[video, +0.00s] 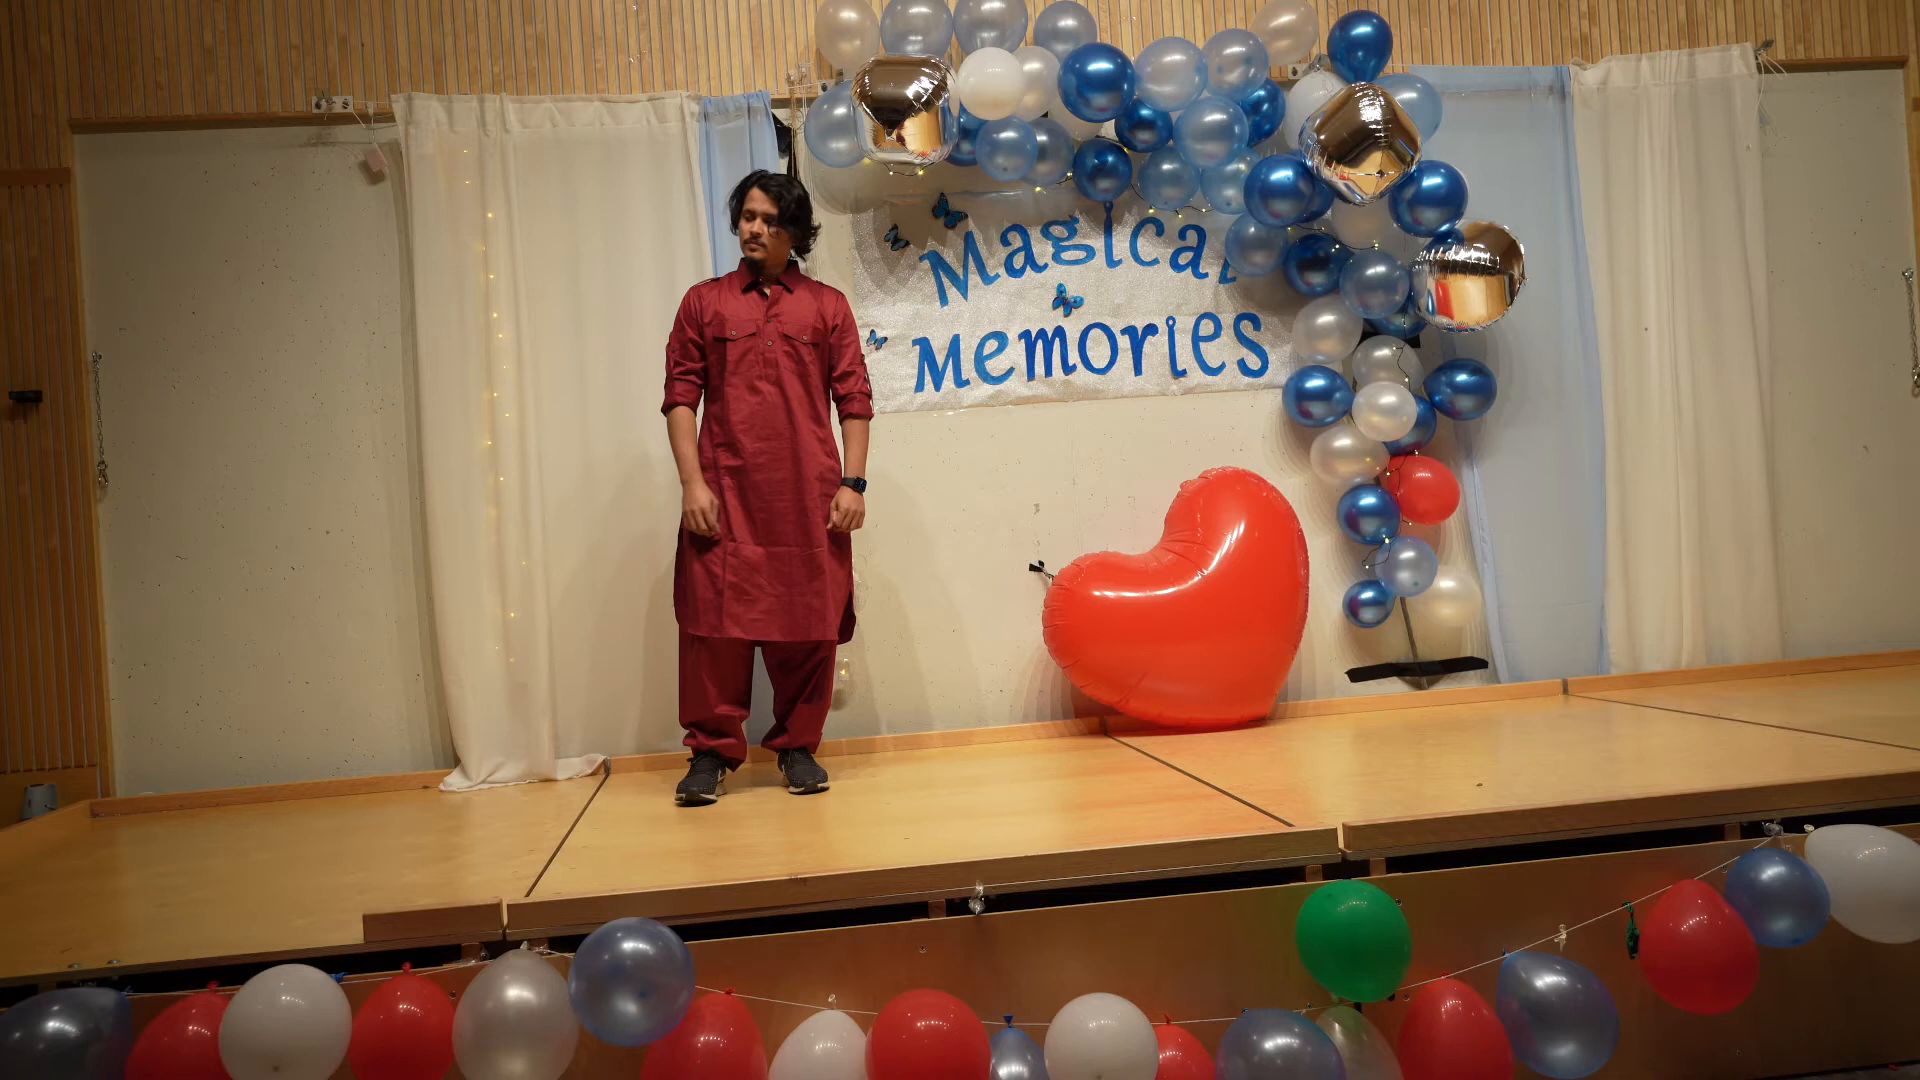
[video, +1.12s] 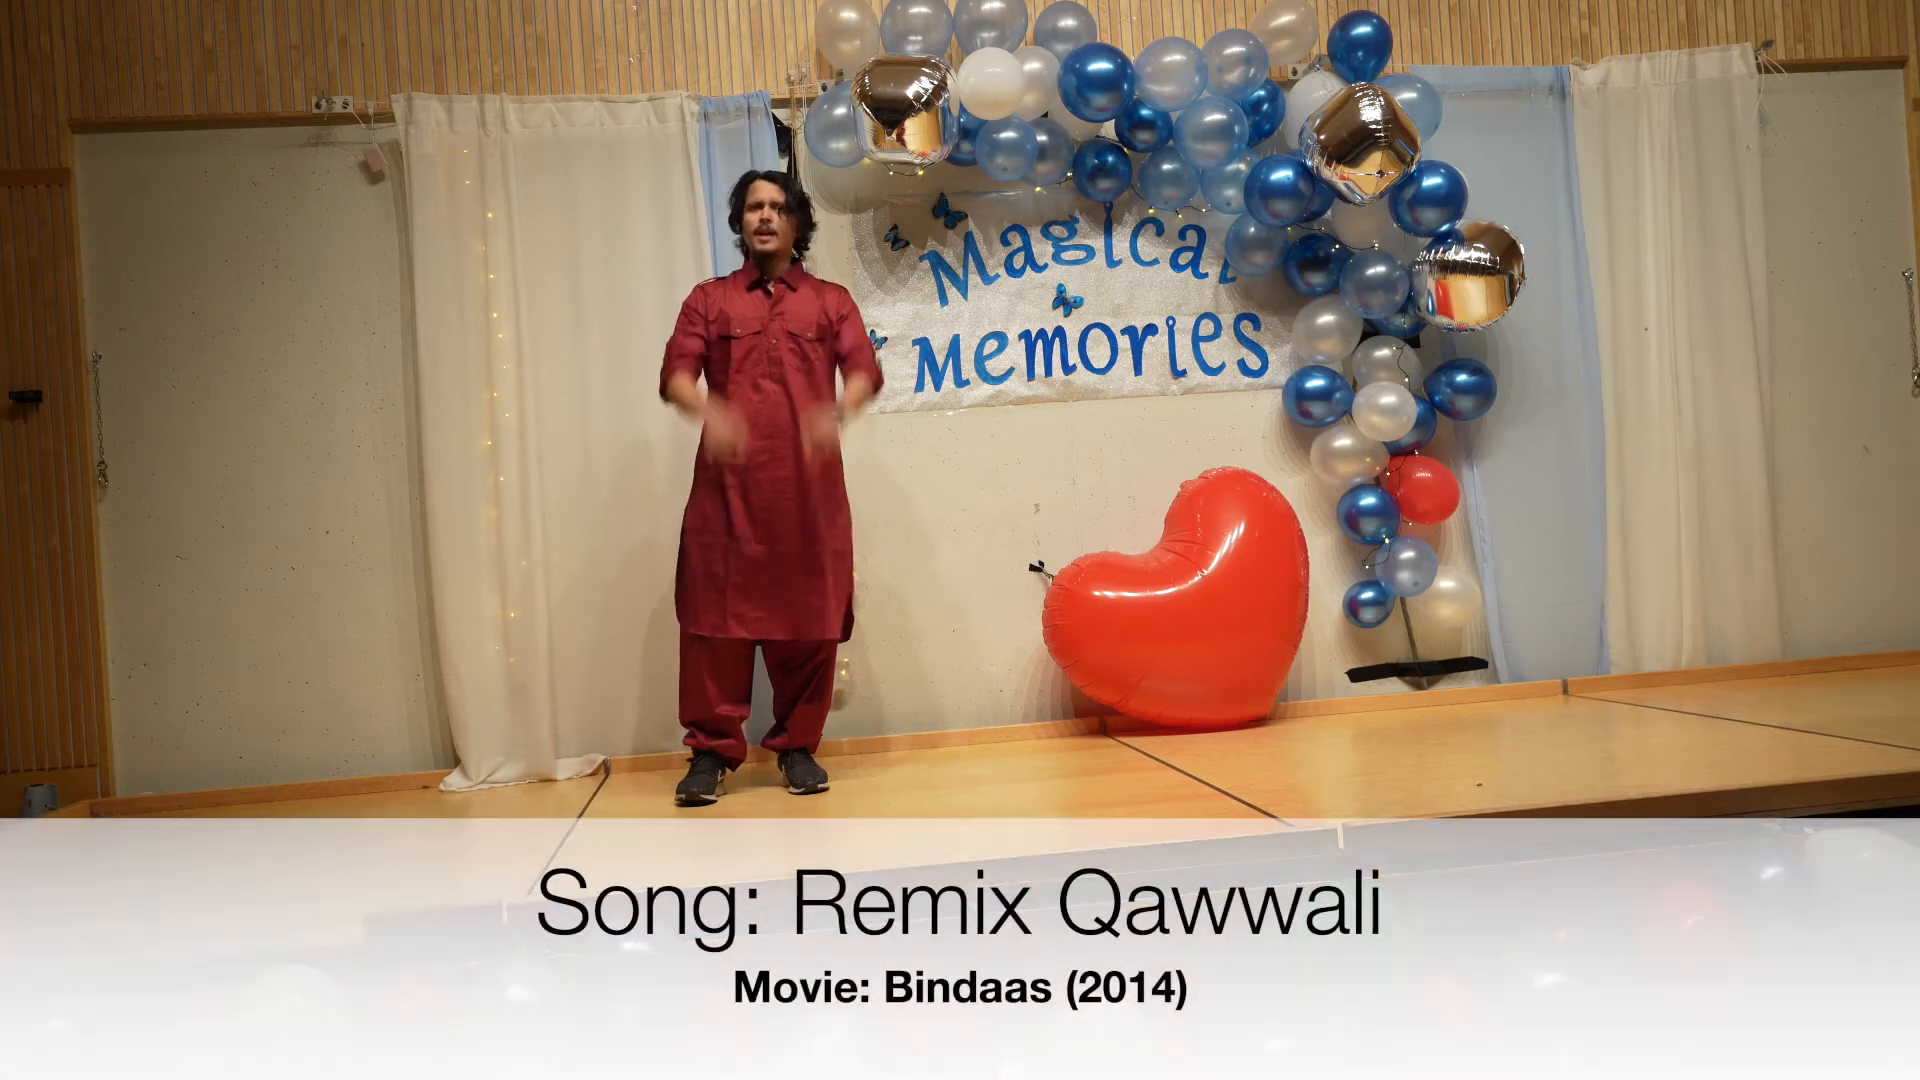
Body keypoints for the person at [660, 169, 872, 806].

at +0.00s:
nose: (753, 228)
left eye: (767, 219)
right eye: (746, 217)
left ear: (794, 230)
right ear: (736, 223)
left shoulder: (827, 305)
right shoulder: (704, 302)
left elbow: (854, 399)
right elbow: (680, 398)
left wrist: (854, 481)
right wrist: (692, 482)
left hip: (806, 491)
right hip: (723, 491)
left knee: (807, 625)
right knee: (713, 623)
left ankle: (799, 748)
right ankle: (710, 751)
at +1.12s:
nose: (763, 218)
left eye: (776, 208)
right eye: (753, 208)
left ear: (799, 223)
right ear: (738, 223)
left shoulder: (830, 299)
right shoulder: (709, 298)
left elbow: (865, 373)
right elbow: (676, 378)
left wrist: (838, 413)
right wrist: (713, 412)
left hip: (806, 484)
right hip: (727, 485)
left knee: (809, 617)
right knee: (713, 616)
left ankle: (799, 748)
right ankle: (710, 752)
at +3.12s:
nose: (791, 238)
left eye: (802, 226)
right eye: (778, 226)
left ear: (818, 218)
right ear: (752, 219)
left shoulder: (841, 275)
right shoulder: (723, 282)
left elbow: (891, 339)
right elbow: (715, 362)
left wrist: (857, 339)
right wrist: (793, 339)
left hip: (841, 476)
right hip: (763, 482)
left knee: (836, 614)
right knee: (781, 620)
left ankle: (808, 745)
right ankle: (817, 759)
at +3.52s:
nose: (810, 176)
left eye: (823, 167)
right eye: (797, 165)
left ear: (838, 184)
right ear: (773, 178)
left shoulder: (860, 256)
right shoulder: (738, 261)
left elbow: (906, 303)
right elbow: (696, 350)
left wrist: (913, 250)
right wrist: (768, 376)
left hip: (859, 464)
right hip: (775, 470)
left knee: (868, 605)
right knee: (787, 613)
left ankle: (839, 734)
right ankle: (817, 762)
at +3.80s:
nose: (835, 191)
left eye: (851, 181)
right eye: (824, 175)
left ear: (869, 187)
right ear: (799, 175)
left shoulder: (884, 253)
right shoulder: (759, 253)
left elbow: (954, 269)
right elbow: (707, 341)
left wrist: (949, 182)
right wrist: (772, 376)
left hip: (882, 461)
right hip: (794, 473)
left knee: (922, 607)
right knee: (801, 627)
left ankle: (962, 752)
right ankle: (822, 767)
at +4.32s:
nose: (970, 199)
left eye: (984, 186)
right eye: (958, 183)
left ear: (999, 184)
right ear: (930, 174)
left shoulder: (1009, 251)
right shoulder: (882, 243)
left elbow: (1045, 330)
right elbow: (834, 339)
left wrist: (1079, 356)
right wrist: (901, 403)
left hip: (988, 454)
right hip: (898, 457)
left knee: (1000, 604)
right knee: (873, 606)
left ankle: (1008, 760)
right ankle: (840, 758)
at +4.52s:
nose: (1004, 189)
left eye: (1019, 178)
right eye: (992, 174)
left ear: (1034, 177)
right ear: (965, 166)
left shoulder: (1039, 243)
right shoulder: (919, 237)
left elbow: (1100, 301)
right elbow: (874, 334)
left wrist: (1095, 225)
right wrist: (951, 393)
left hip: (1023, 453)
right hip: (938, 452)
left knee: (1018, 601)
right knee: (928, 601)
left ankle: (1010, 760)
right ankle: (905, 747)